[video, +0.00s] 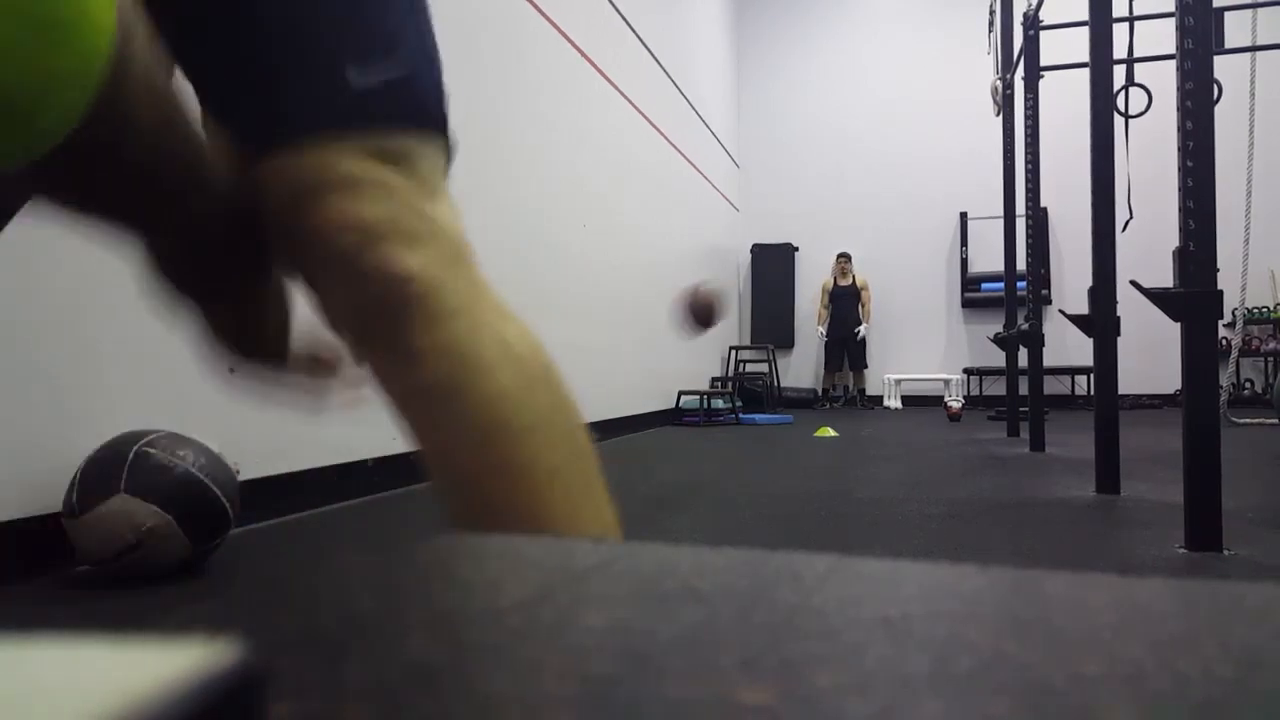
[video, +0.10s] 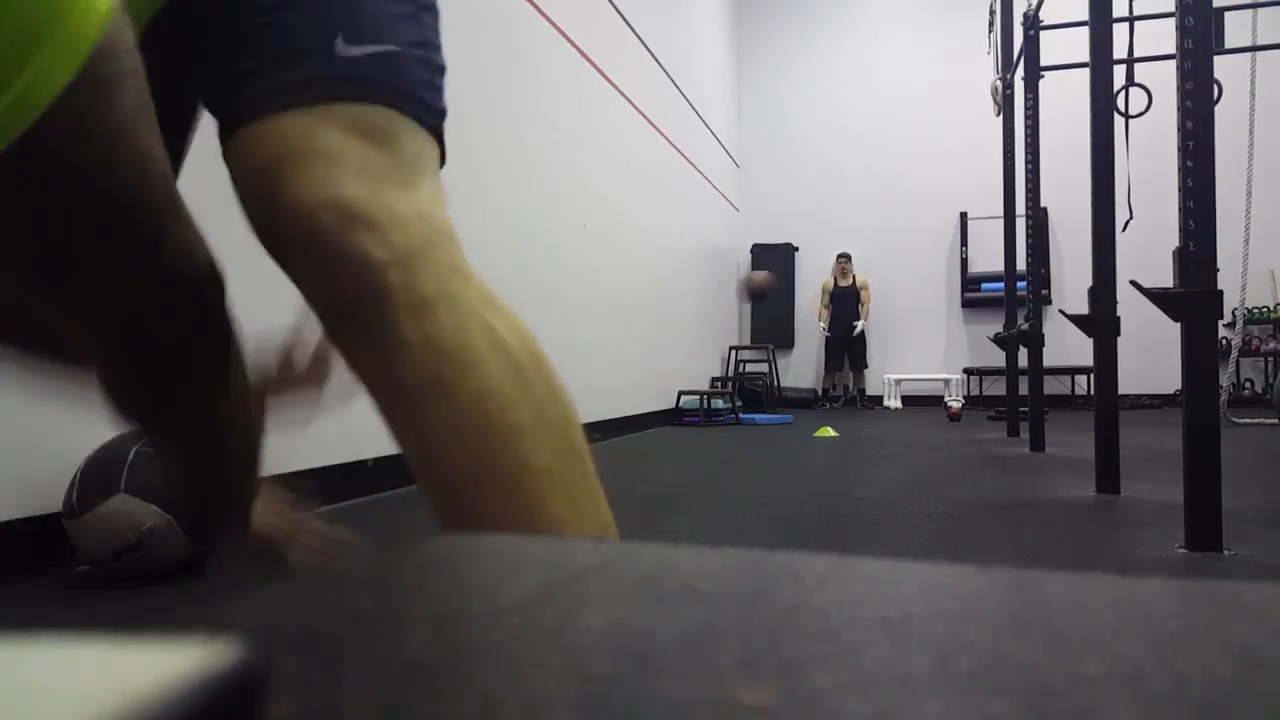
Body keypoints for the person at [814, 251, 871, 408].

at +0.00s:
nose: (843, 266)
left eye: (846, 263)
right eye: (840, 263)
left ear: (851, 264)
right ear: (836, 265)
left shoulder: (860, 282)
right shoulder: (828, 284)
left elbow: (865, 304)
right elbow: (824, 307)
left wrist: (865, 324)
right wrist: (820, 325)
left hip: (854, 330)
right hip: (834, 331)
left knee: (858, 368)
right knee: (830, 368)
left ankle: (861, 398)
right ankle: (825, 398)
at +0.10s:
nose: (843, 266)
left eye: (846, 263)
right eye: (840, 263)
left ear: (851, 265)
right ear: (836, 265)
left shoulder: (860, 283)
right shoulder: (828, 284)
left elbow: (865, 304)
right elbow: (824, 306)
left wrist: (862, 320)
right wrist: (822, 321)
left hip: (854, 330)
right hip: (834, 330)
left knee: (858, 367)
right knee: (830, 367)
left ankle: (861, 398)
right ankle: (825, 398)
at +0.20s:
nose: (843, 266)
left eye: (846, 263)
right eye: (840, 263)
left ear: (851, 265)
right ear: (836, 266)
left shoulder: (860, 283)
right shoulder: (829, 284)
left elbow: (863, 304)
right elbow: (825, 305)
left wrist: (859, 317)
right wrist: (823, 318)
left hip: (855, 328)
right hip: (835, 329)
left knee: (859, 367)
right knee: (831, 367)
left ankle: (862, 398)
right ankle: (825, 398)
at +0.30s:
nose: (842, 268)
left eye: (845, 265)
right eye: (839, 265)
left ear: (850, 267)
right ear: (835, 267)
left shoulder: (859, 284)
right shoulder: (828, 285)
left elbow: (860, 303)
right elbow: (825, 305)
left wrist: (855, 314)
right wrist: (824, 315)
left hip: (855, 327)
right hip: (836, 327)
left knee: (859, 365)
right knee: (831, 365)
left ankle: (862, 399)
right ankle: (825, 398)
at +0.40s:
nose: (841, 273)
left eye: (844, 270)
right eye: (838, 270)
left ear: (850, 271)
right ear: (834, 271)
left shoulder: (858, 286)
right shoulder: (828, 286)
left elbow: (857, 304)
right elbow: (825, 306)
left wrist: (850, 316)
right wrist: (824, 314)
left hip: (855, 329)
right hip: (836, 329)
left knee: (859, 365)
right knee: (831, 365)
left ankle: (862, 399)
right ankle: (825, 398)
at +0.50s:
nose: (840, 280)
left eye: (843, 276)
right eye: (837, 276)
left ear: (849, 275)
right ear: (833, 276)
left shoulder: (856, 290)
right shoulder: (826, 291)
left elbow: (854, 311)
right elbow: (825, 310)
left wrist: (842, 323)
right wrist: (827, 323)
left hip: (855, 331)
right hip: (835, 331)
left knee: (859, 366)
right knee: (831, 366)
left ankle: (862, 399)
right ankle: (825, 398)